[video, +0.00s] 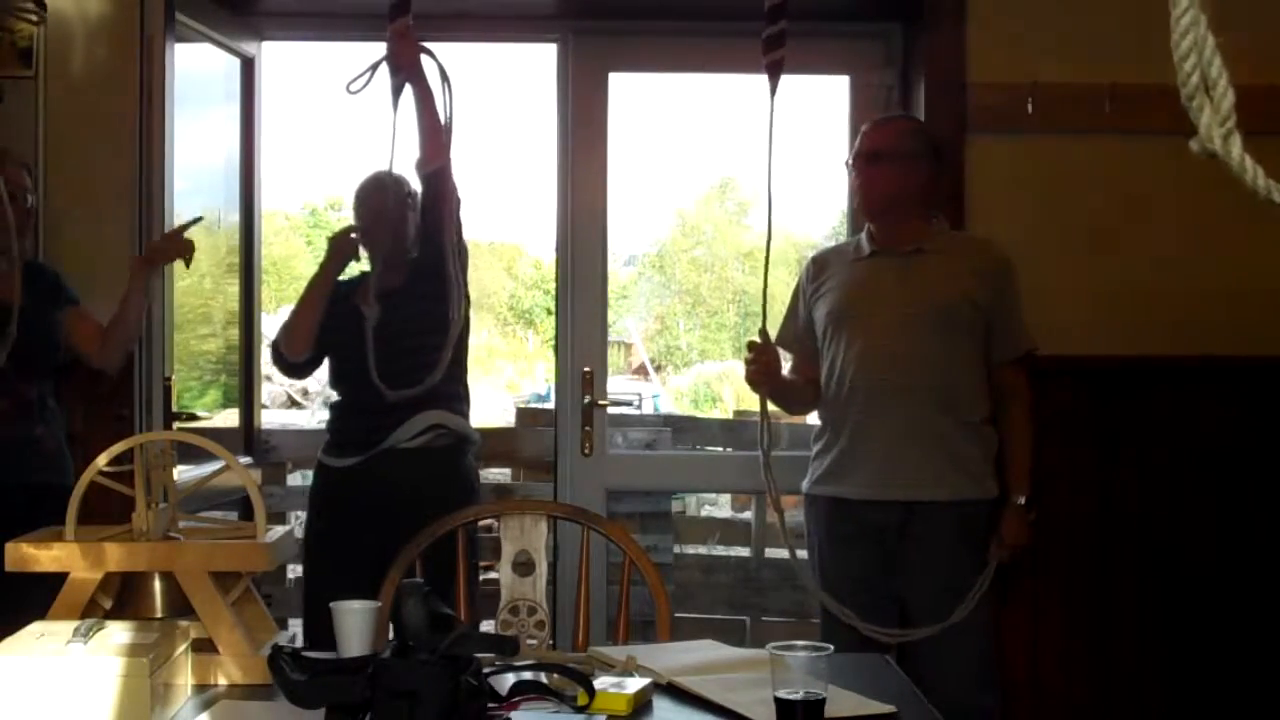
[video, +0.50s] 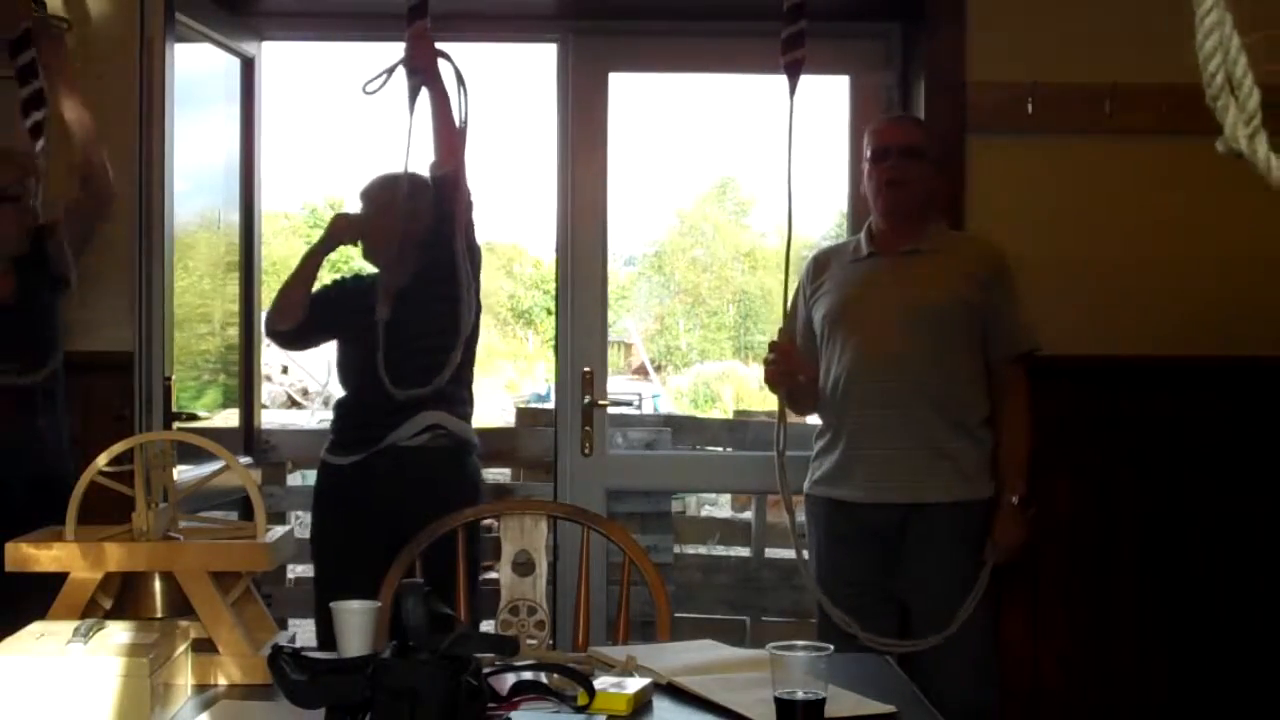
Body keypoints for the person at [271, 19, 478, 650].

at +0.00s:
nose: (397, 209)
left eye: (405, 201)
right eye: (381, 202)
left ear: (420, 216)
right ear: (358, 223)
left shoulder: (439, 276)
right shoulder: (340, 297)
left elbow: (436, 165)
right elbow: (289, 359)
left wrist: (414, 76)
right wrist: (329, 267)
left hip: (429, 465)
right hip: (348, 469)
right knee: (332, 637)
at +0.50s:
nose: (362, 221)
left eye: (374, 209)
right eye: (364, 211)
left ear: (414, 220)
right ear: (371, 227)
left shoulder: (447, 282)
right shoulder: (354, 298)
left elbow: (450, 171)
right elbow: (284, 327)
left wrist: (432, 78)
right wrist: (322, 246)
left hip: (432, 471)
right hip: (351, 474)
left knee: (436, 632)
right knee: (348, 639)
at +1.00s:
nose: (389, 204)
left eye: (404, 197)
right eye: (379, 197)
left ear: (427, 218)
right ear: (367, 218)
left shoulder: (439, 280)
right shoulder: (339, 280)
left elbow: (444, 168)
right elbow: (268, 232)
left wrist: (423, 78)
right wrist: (302, 148)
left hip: (415, 473)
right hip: (332, 473)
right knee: (329, 646)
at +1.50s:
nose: (414, 191)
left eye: (427, 186)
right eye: (403, 186)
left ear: (446, 209)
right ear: (389, 211)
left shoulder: (457, 273)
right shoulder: (360, 266)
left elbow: (450, 174)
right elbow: (331, 183)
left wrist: (420, 82)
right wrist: (365, 86)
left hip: (430, 459)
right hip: (346, 459)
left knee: (441, 627)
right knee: (346, 634)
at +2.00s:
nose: (423, 199)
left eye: (437, 192)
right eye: (411, 193)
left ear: (454, 214)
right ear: (395, 216)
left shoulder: (463, 277)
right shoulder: (367, 271)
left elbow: (463, 176)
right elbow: (328, 187)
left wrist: (435, 83)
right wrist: (372, 100)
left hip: (440, 460)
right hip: (354, 461)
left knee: (452, 624)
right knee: (353, 629)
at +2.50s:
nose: (423, 209)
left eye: (435, 199)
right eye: (409, 200)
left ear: (452, 215)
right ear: (391, 217)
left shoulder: (466, 280)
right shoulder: (366, 275)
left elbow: (461, 173)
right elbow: (320, 197)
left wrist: (427, 83)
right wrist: (349, 105)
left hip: (446, 468)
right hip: (359, 464)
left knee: (453, 635)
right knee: (357, 636)